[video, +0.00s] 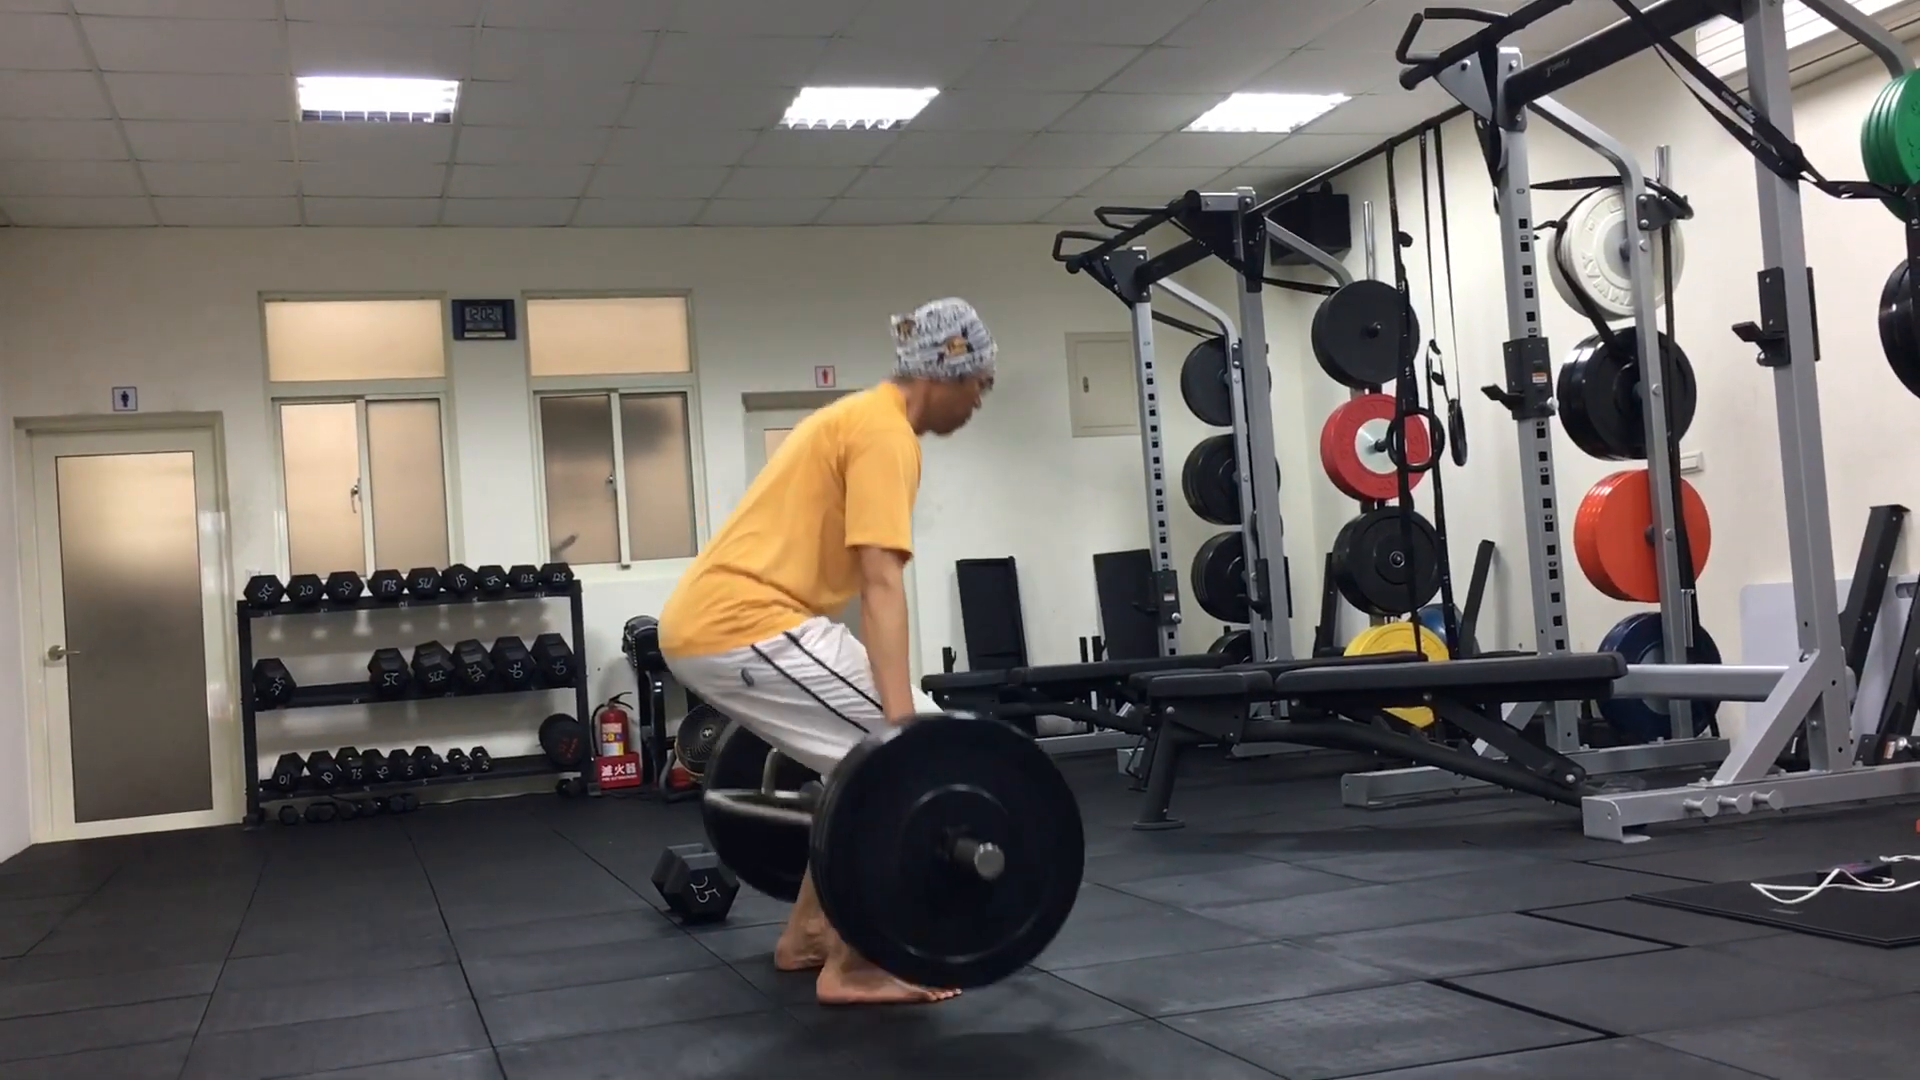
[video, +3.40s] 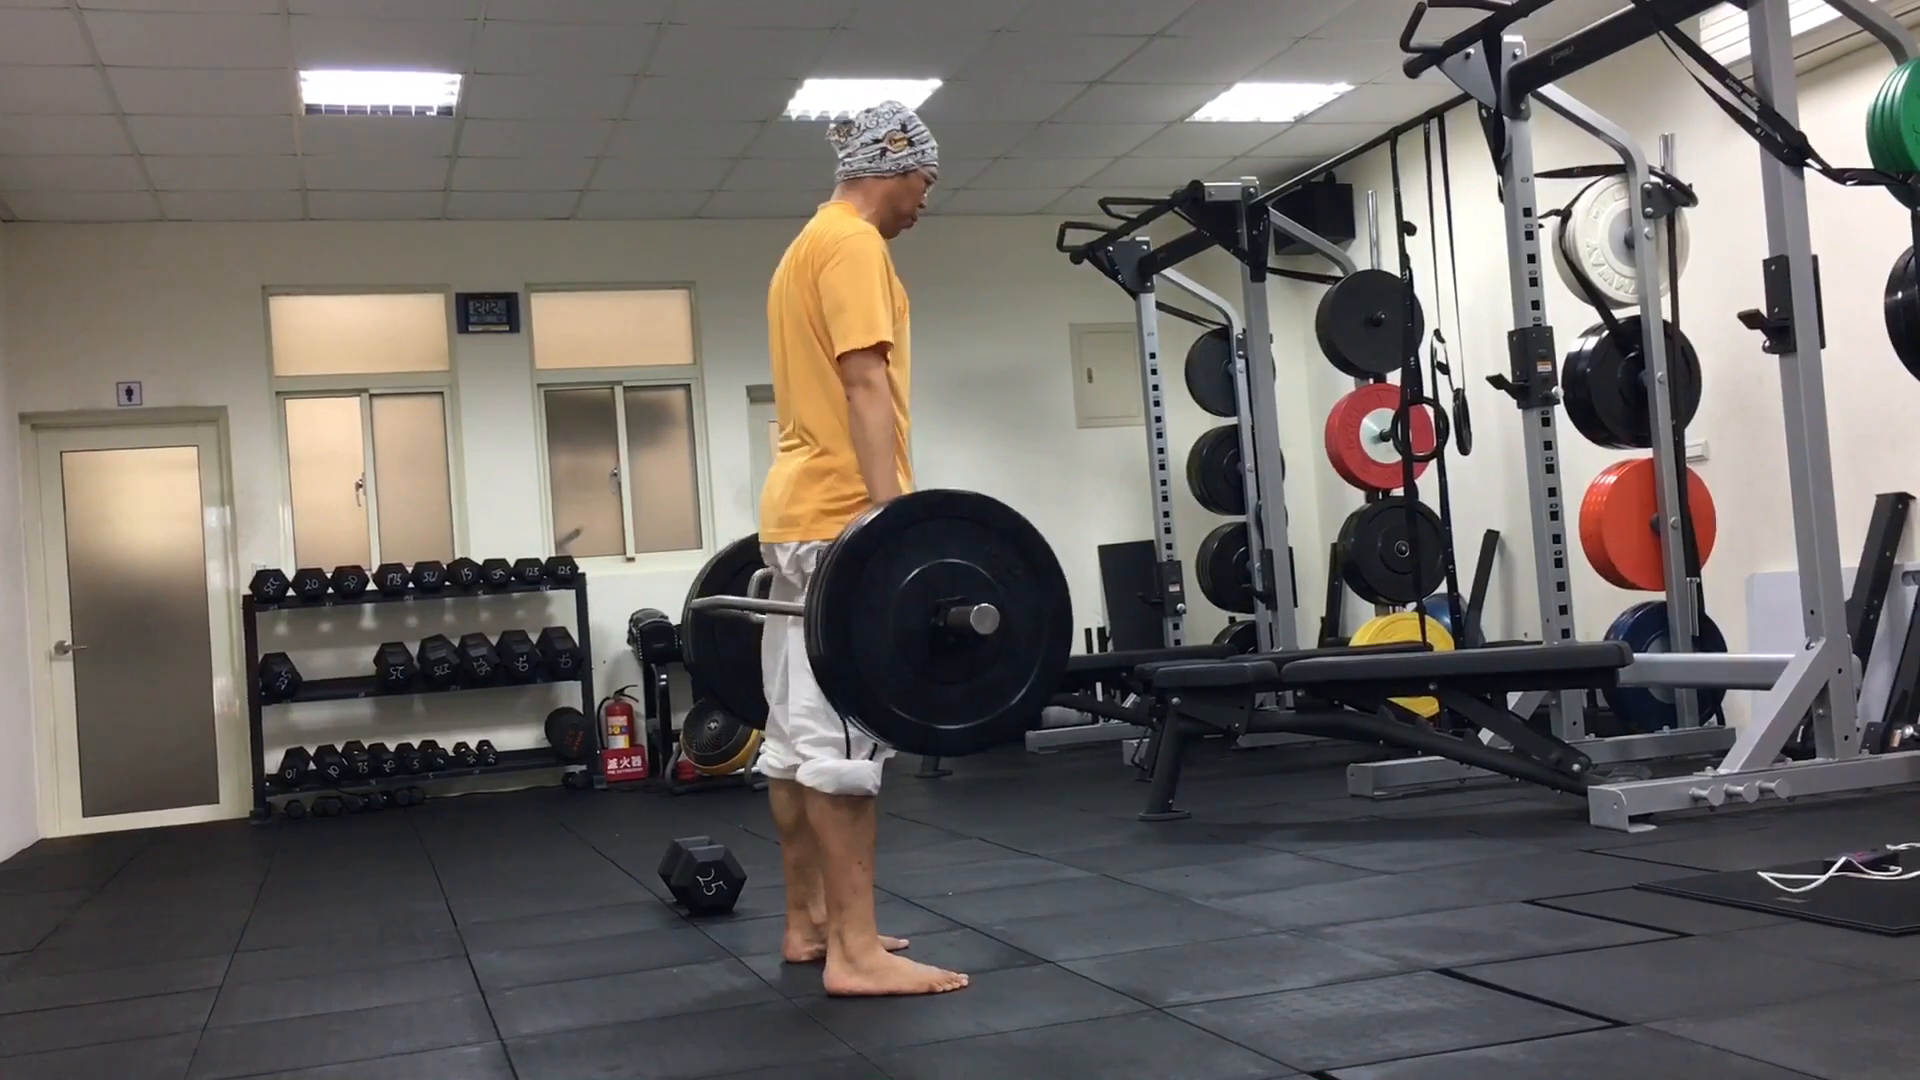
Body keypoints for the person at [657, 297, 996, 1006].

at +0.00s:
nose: (978, 404)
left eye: (983, 389)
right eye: (978, 386)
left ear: (920, 370)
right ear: (945, 373)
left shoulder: (858, 419)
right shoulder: (883, 429)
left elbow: (868, 581)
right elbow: (880, 582)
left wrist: (891, 705)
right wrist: (900, 720)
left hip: (711, 618)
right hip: (740, 620)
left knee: (876, 739)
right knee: (890, 745)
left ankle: (808, 931)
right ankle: (856, 964)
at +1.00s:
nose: (970, 269)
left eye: (972, 252)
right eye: (969, 250)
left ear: (906, 235)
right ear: (941, 240)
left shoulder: (846, 301)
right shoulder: (882, 306)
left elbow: (837, 457)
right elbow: (878, 455)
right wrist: (896, 598)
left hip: (735, 532)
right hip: (779, 533)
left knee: (818, 724)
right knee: (873, 718)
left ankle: (806, 922)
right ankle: (852, 954)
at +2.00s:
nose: (982, 369)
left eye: (988, 354)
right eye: (982, 350)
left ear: (924, 332)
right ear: (947, 333)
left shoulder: (858, 381)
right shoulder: (888, 388)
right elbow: (894, 545)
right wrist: (916, 688)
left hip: (724, 593)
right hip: (760, 592)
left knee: (867, 742)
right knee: (904, 738)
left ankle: (814, 935)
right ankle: (860, 965)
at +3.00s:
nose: (969, 258)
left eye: (975, 243)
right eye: (971, 239)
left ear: (913, 222)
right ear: (938, 223)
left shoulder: (850, 282)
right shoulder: (887, 281)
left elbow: (809, 432)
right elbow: (882, 420)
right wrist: (900, 558)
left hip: (758, 527)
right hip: (805, 526)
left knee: (817, 730)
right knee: (866, 726)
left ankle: (814, 922)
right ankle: (859, 951)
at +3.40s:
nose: (927, 201)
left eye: (929, 186)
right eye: (925, 183)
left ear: (860, 171)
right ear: (893, 171)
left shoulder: (807, 248)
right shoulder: (849, 244)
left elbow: (804, 405)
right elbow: (863, 384)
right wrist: (896, 519)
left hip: (794, 521)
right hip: (842, 520)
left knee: (798, 731)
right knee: (843, 734)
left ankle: (809, 923)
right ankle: (857, 951)